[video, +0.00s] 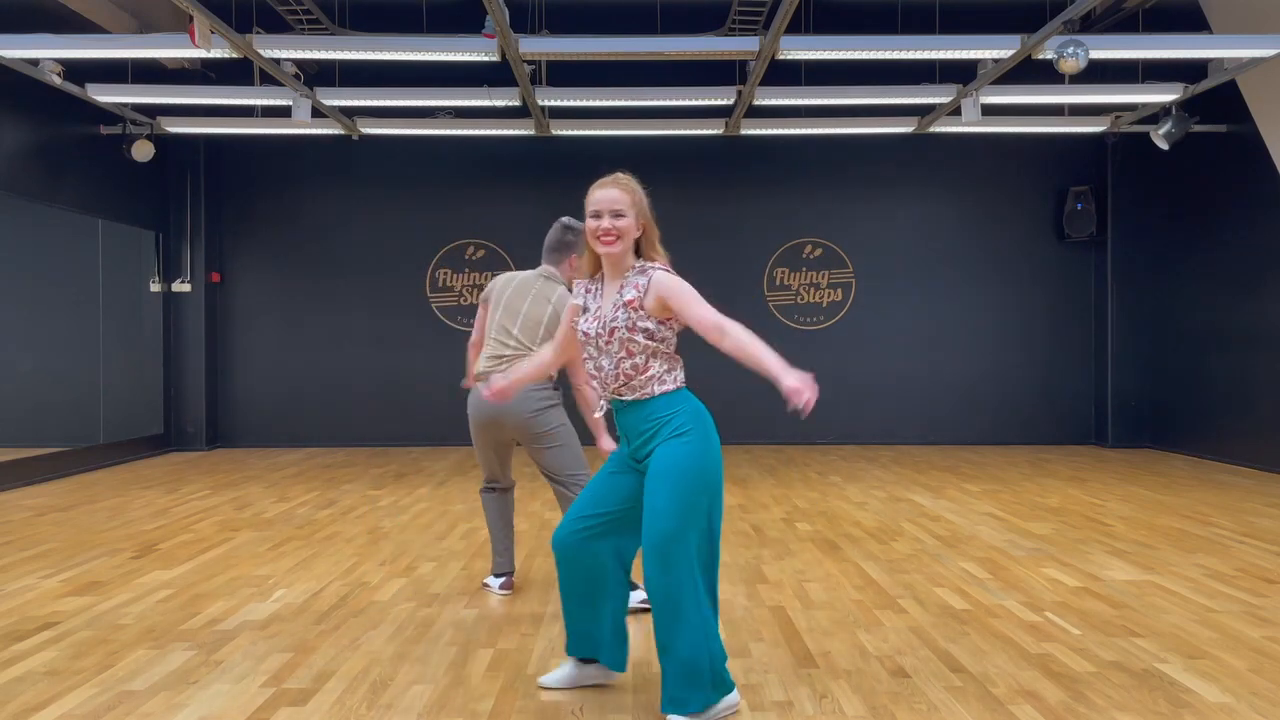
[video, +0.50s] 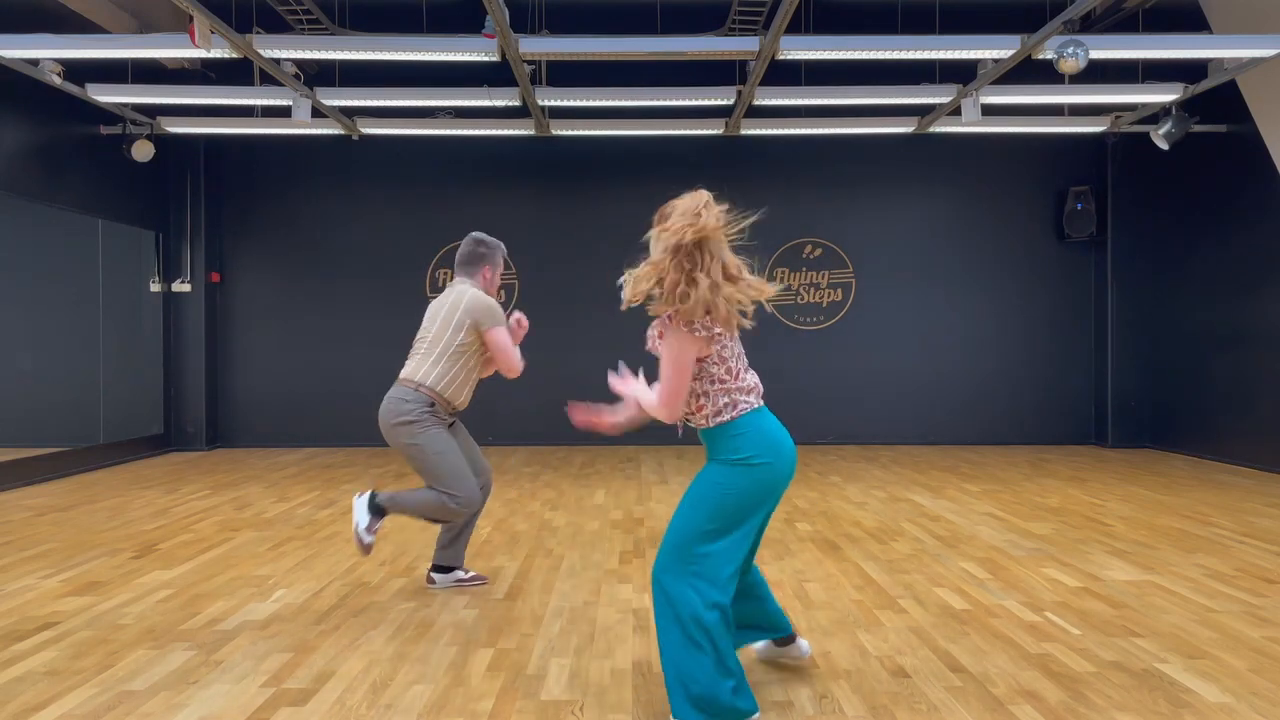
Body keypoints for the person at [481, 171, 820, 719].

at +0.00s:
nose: (606, 225)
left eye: (618, 215)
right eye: (596, 216)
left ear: (640, 223)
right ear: (585, 225)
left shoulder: (658, 283)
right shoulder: (582, 292)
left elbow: (721, 329)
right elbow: (557, 354)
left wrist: (783, 372)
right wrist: (512, 379)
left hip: (678, 429)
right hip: (632, 440)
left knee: (668, 551)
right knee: (575, 538)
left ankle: (708, 691)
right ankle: (595, 660)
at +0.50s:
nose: (656, 258)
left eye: (659, 249)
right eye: (659, 249)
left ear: (665, 257)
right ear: (713, 253)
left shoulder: (685, 321)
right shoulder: (709, 308)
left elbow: (668, 410)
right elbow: (672, 389)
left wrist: (636, 391)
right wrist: (621, 418)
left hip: (743, 456)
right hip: (765, 446)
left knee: (677, 572)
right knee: (726, 553)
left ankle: (716, 706)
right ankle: (781, 637)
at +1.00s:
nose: (738, 248)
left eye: (740, 240)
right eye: (746, 240)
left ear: (745, 244)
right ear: (785, 239)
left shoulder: (764, 289)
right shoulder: (808, 273)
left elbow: (762, 327)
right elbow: (859, 257)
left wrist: (721, 324)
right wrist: (903, 225)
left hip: (809, 422)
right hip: (837, 414)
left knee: (788, 530)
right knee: (828, 522)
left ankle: (788, 652)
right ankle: (830, 613)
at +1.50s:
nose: (769, 233)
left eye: (769, 228)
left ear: (772, 231)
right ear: (812, 229)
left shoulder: (757, 278)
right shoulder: (831, 269)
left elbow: (755, 314)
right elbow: (839, 308)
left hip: (786, 392)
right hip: (838, 388)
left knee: (781, 485)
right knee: (844, 497)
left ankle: (832, 502)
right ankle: (845, 604)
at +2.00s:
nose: (735, 254)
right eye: (734, 249)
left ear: (694, 254)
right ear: (731, 255)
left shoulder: (673, 292)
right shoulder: (742, 298)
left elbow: (625, 287)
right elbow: (782, 285)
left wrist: (588, 271)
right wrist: (815, 264)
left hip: (663, 397)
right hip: (707, 401)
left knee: (648, 486)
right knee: (739, 491)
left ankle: (627, 567)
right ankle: (782, 580)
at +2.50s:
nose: (570, 210)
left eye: (574, 198)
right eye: (570, 200)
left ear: (602, 193)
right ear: (602, 195)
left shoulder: (656, 218)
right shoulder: (592, 254)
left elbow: (587, 258)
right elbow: (571, 315)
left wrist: (523, 255)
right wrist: (561, 270)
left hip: (704, 381)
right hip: (643, 391)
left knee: (692, 498)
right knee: (609, 489)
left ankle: (701, 624)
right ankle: (656, 599)